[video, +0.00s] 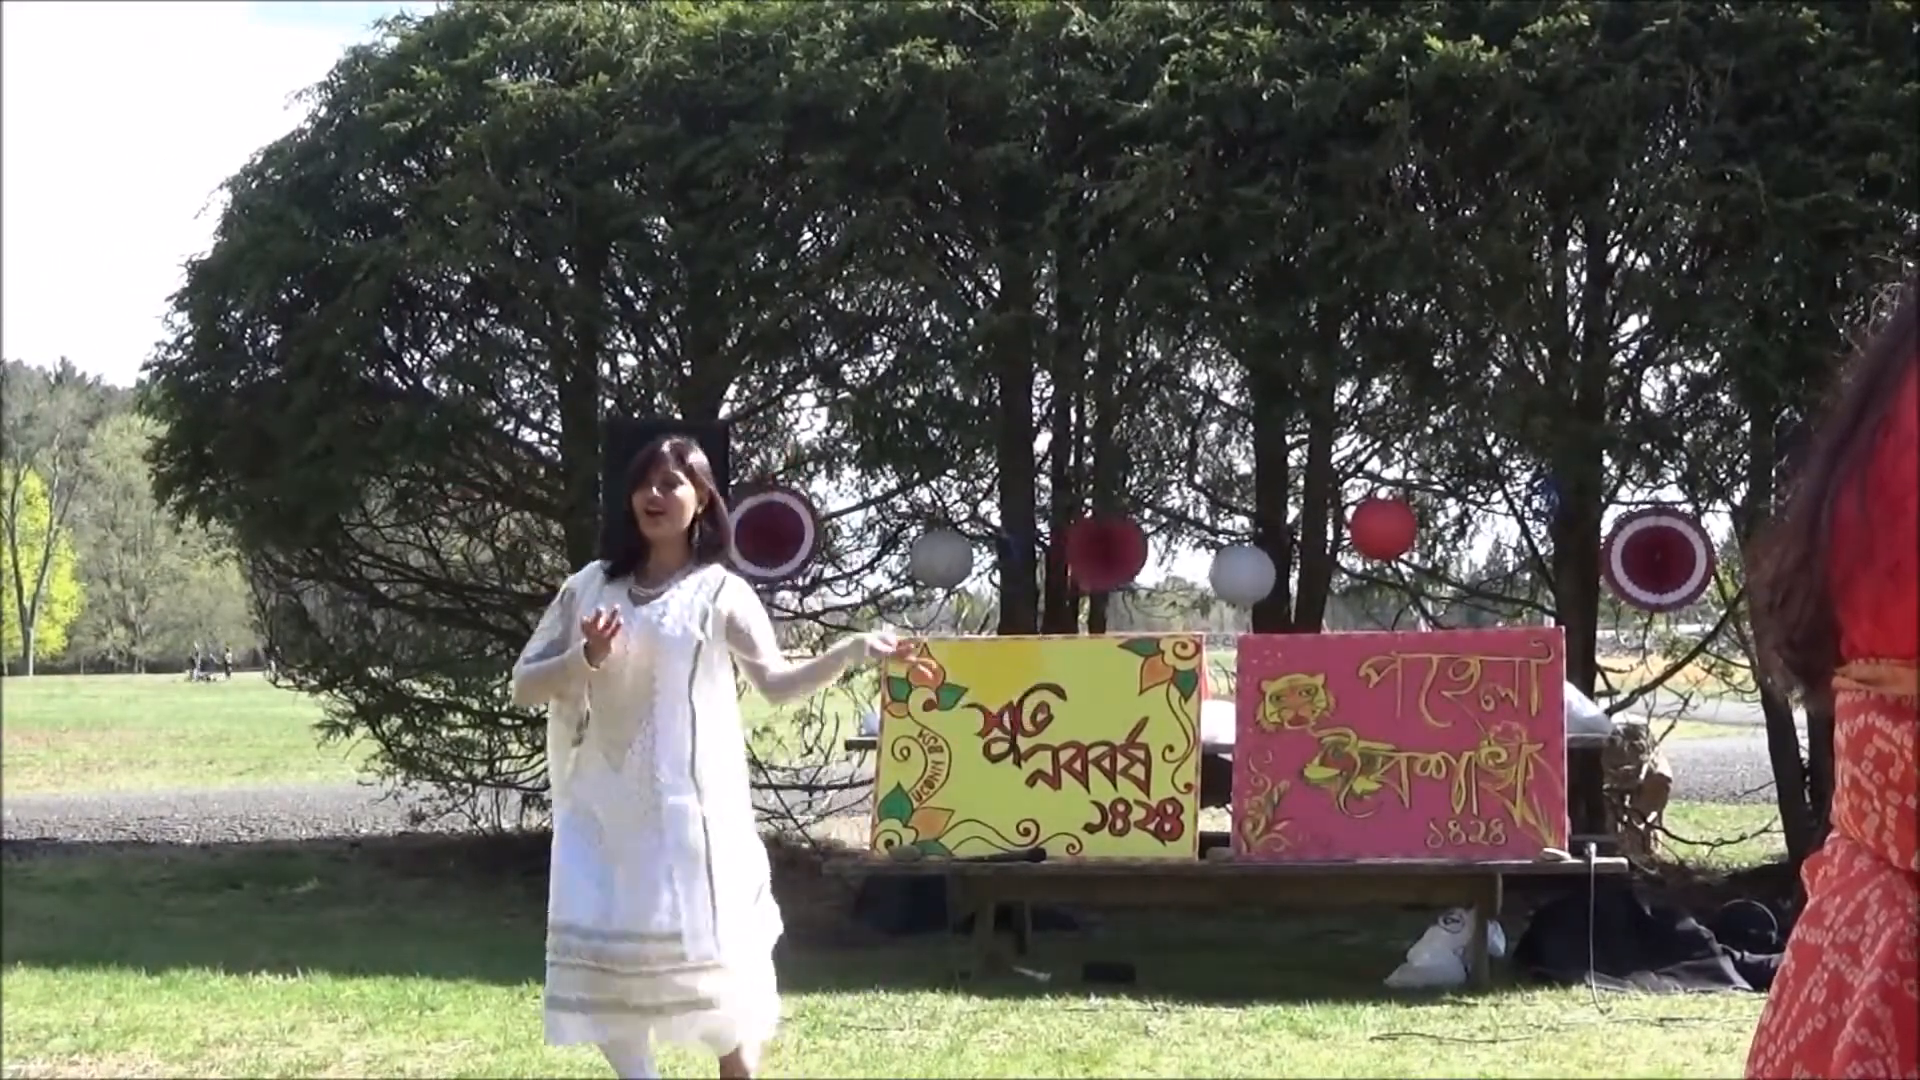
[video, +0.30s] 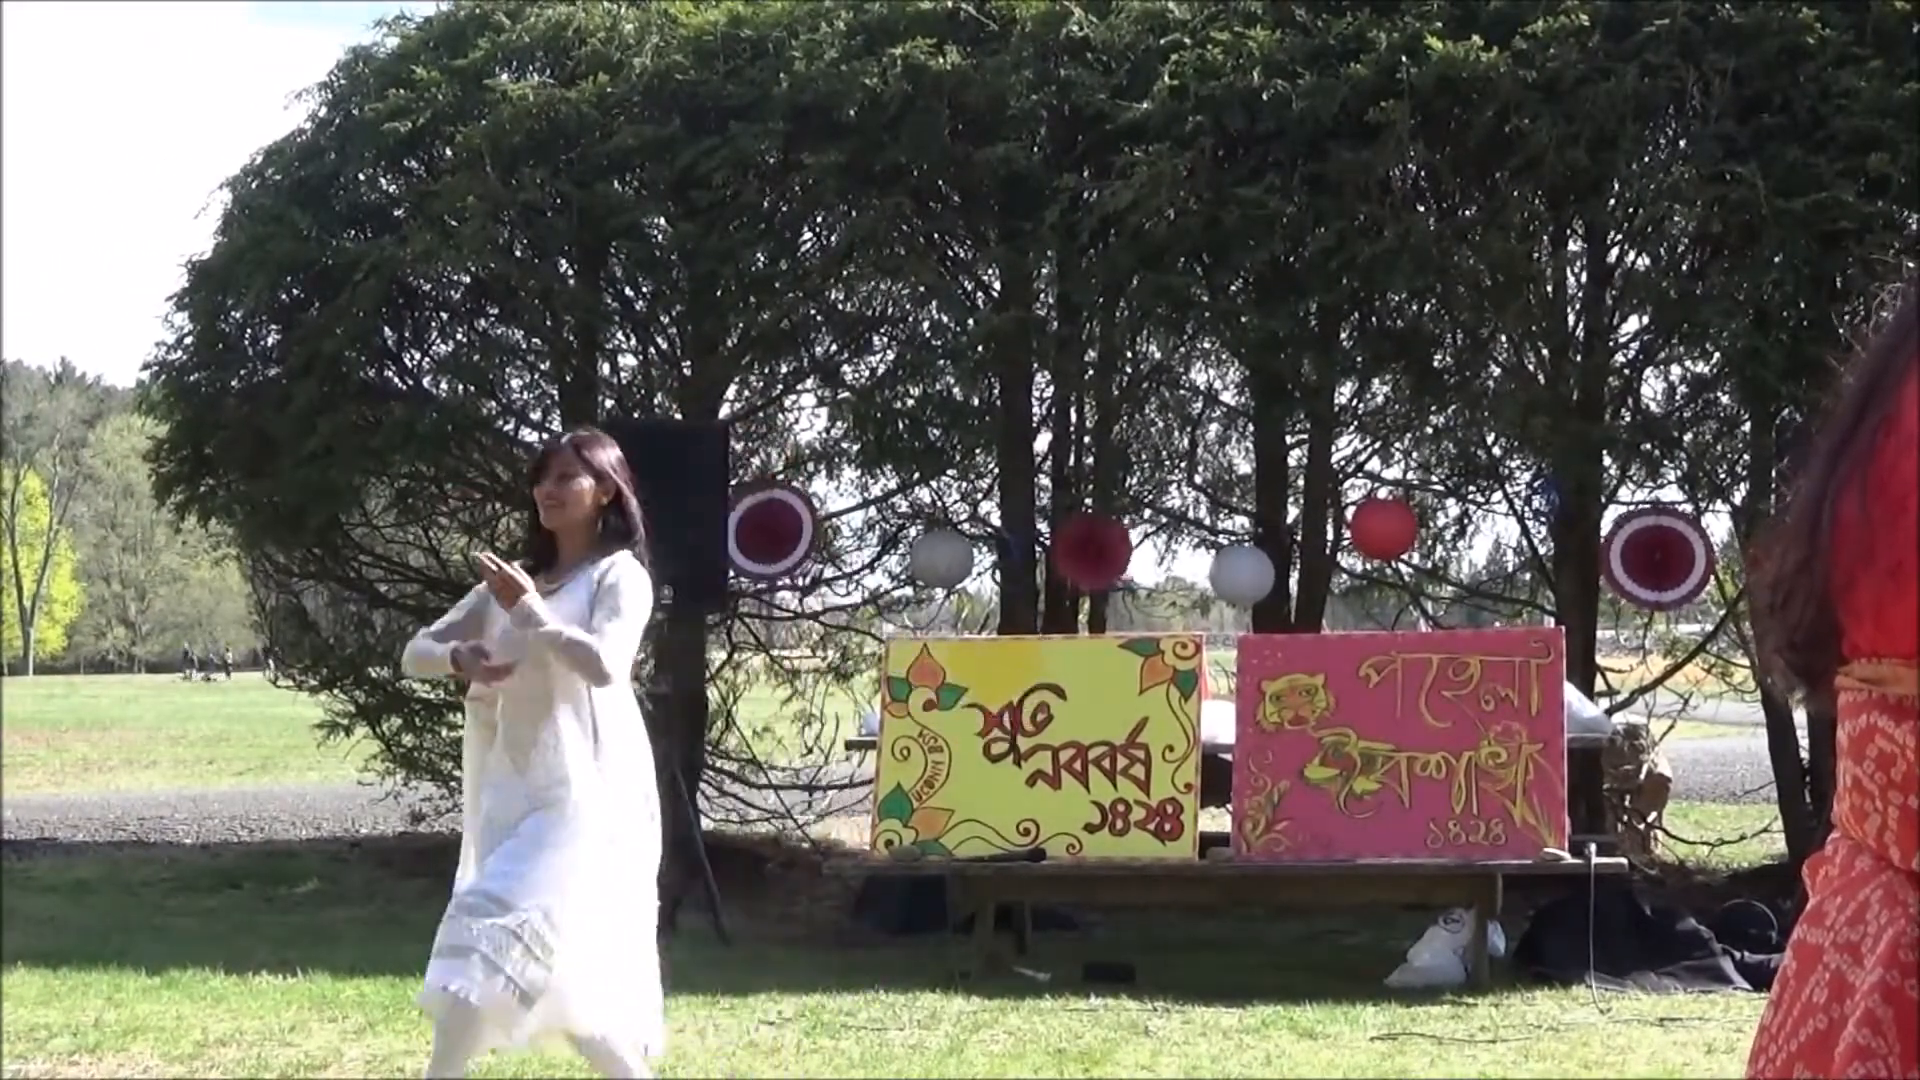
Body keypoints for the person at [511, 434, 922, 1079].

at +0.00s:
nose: (654, 492)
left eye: (672, 481)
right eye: (644, 480)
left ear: (700, 499)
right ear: (629, 493)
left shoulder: (721, 590)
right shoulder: (589, 585)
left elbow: (778, 682)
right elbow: (525, 684)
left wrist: (853, 650)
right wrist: (583, 657)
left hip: (697, 817)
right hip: (600, 818)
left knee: (723, 984)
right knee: (603, 988)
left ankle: (738, 1068)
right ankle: (637, 1076)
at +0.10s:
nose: (622, 497)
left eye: (640, 484)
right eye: (613, 485)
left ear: (673, 499)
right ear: (601, 499)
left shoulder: (697, 587)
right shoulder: (567, 588)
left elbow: (727, 688)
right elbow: (499, 686)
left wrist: (725, 601)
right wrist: (559, 661)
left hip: (656, 799)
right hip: (571, 800)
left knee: (567, 929)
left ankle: (667, 1056)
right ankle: (642, 1070)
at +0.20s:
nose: (588, 499)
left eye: (605, 486)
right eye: (583, 487)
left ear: (642, 500)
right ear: (573, 498)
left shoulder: (667, 586)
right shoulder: (539, 591)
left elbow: (663, 674)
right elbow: (463, 681)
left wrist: (602, 589)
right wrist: (517, 666)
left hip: (620, 800)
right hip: (539, 802)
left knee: (515, 915)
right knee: (570, 967)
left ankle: (541, 1069)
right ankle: (633, 1070)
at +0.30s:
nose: (548, 489)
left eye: (567, 478)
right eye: (543, 477)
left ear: (605, 493)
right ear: (532, 491)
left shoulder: (620, 574)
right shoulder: (514, 581)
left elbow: (605, 664)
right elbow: (417, 652)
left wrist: (527, 607)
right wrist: (454, 658)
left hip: (586, 797)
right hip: (510, 800)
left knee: (481, 920)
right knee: (563, 975)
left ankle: (442, 1070)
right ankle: (631, 1069)